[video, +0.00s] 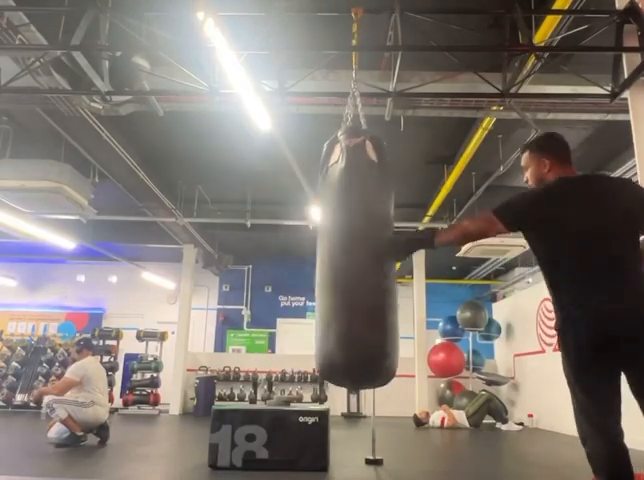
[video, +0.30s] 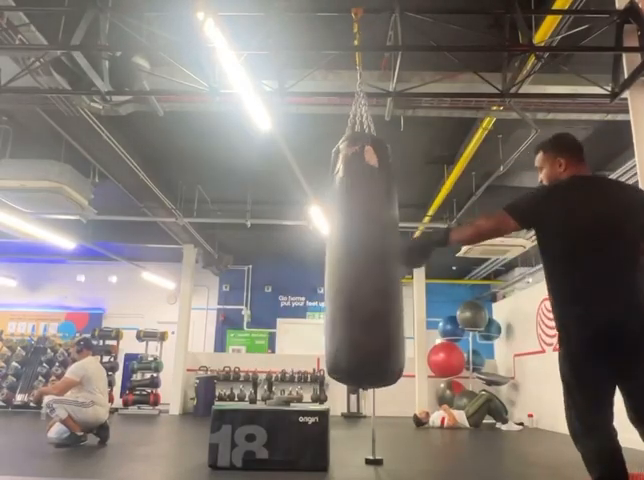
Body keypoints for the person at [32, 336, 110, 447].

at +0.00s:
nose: (74, 355)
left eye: (76, 351)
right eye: (74, 351)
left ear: (85, 351)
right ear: (88, 351)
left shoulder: (81, 365)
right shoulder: (98, 366)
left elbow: (58, 390)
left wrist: (40, 391)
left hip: (92, 410)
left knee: (50, 402)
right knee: (53, 435)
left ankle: (78, 434)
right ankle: (95, 428)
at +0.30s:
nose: (71, 353)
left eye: (73, 350)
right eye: (72, 350)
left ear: (83, 350)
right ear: (87, 351)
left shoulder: (81, 365)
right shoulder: (98, 365)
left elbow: (58, 390)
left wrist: (40, 391)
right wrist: (57, 384)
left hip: (92, 410)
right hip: (102, 411)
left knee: (50, 402)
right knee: (54, 435)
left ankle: (78, 434)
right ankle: (95, 428)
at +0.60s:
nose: (72, 352)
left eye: (74, 349)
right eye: (73, 349)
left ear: (83, 350)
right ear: (89, 351)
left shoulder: (81, 365)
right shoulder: (98, 365)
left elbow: (58, 390)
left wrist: (41, 391)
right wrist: (57, 384)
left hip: (92, 410)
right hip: (102, 411)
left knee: (50, 402)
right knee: (53, 435)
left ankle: (78, 434)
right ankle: (95, 428)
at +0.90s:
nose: (73, 354)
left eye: (75, 351)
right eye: (74, 351)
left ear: (82, 350)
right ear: (90, 350)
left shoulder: (80, 365)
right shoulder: (98, 365)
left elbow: (58, 390)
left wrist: (41, 391)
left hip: (91, 410)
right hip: (102, 411)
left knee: (50, 402)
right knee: (53, 435)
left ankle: (78, 434)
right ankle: (95, 428)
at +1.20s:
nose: (73, 353)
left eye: (75, 350)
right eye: (73, 350)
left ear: (82, 350)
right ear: (90, 350)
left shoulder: (81, 365)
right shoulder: (97, 364)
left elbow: (58, 390)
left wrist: (41, 391)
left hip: (92, 410)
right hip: (102, 412)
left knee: (50, 402)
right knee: (54, 435)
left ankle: (78, 434)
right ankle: (96, 428)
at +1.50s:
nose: (71, 352)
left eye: (75, 348)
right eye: (72, 348)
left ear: (87, 352)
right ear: (88, 353)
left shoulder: (84, 365)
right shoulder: (95, 364)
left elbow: (59, 390)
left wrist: (41, 391)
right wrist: (56, 420)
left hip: (93, 410)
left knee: (51, 402)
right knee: (53, 435)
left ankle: (78, 434)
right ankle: (95, 428)